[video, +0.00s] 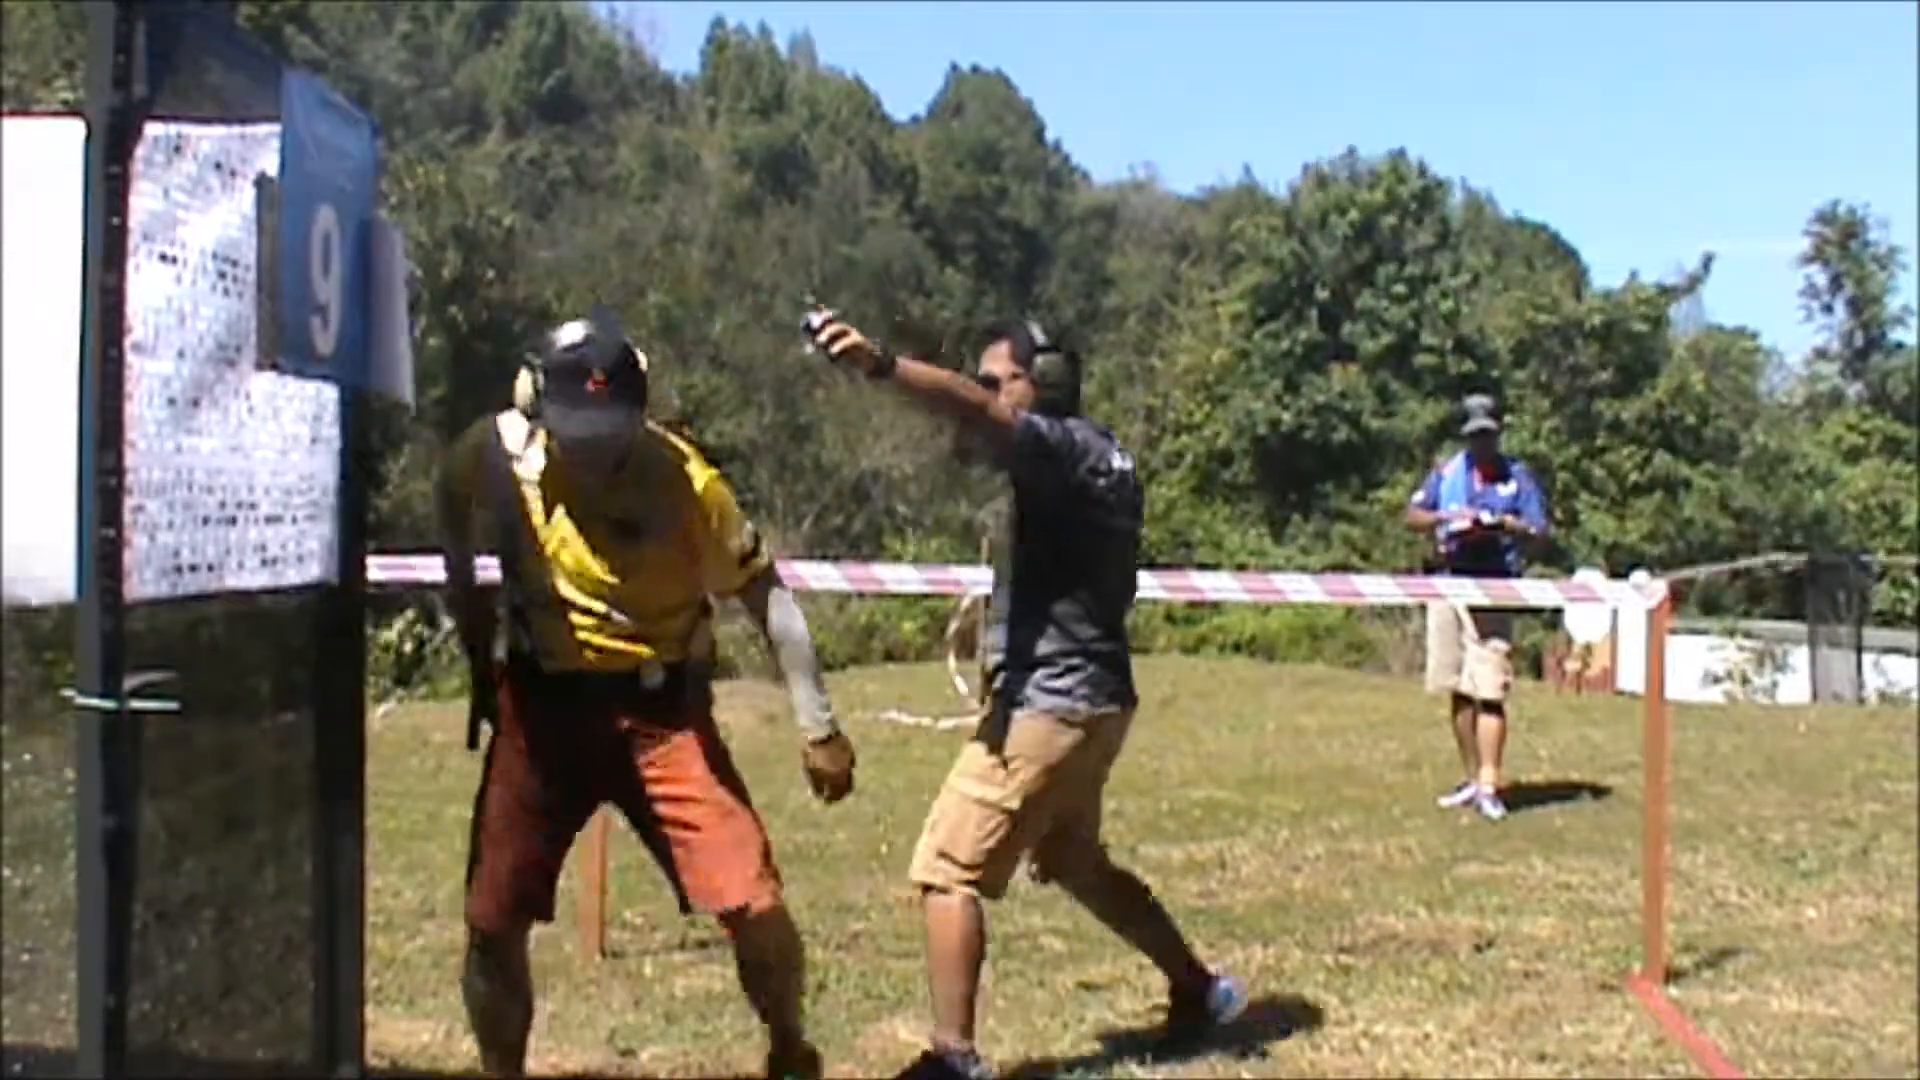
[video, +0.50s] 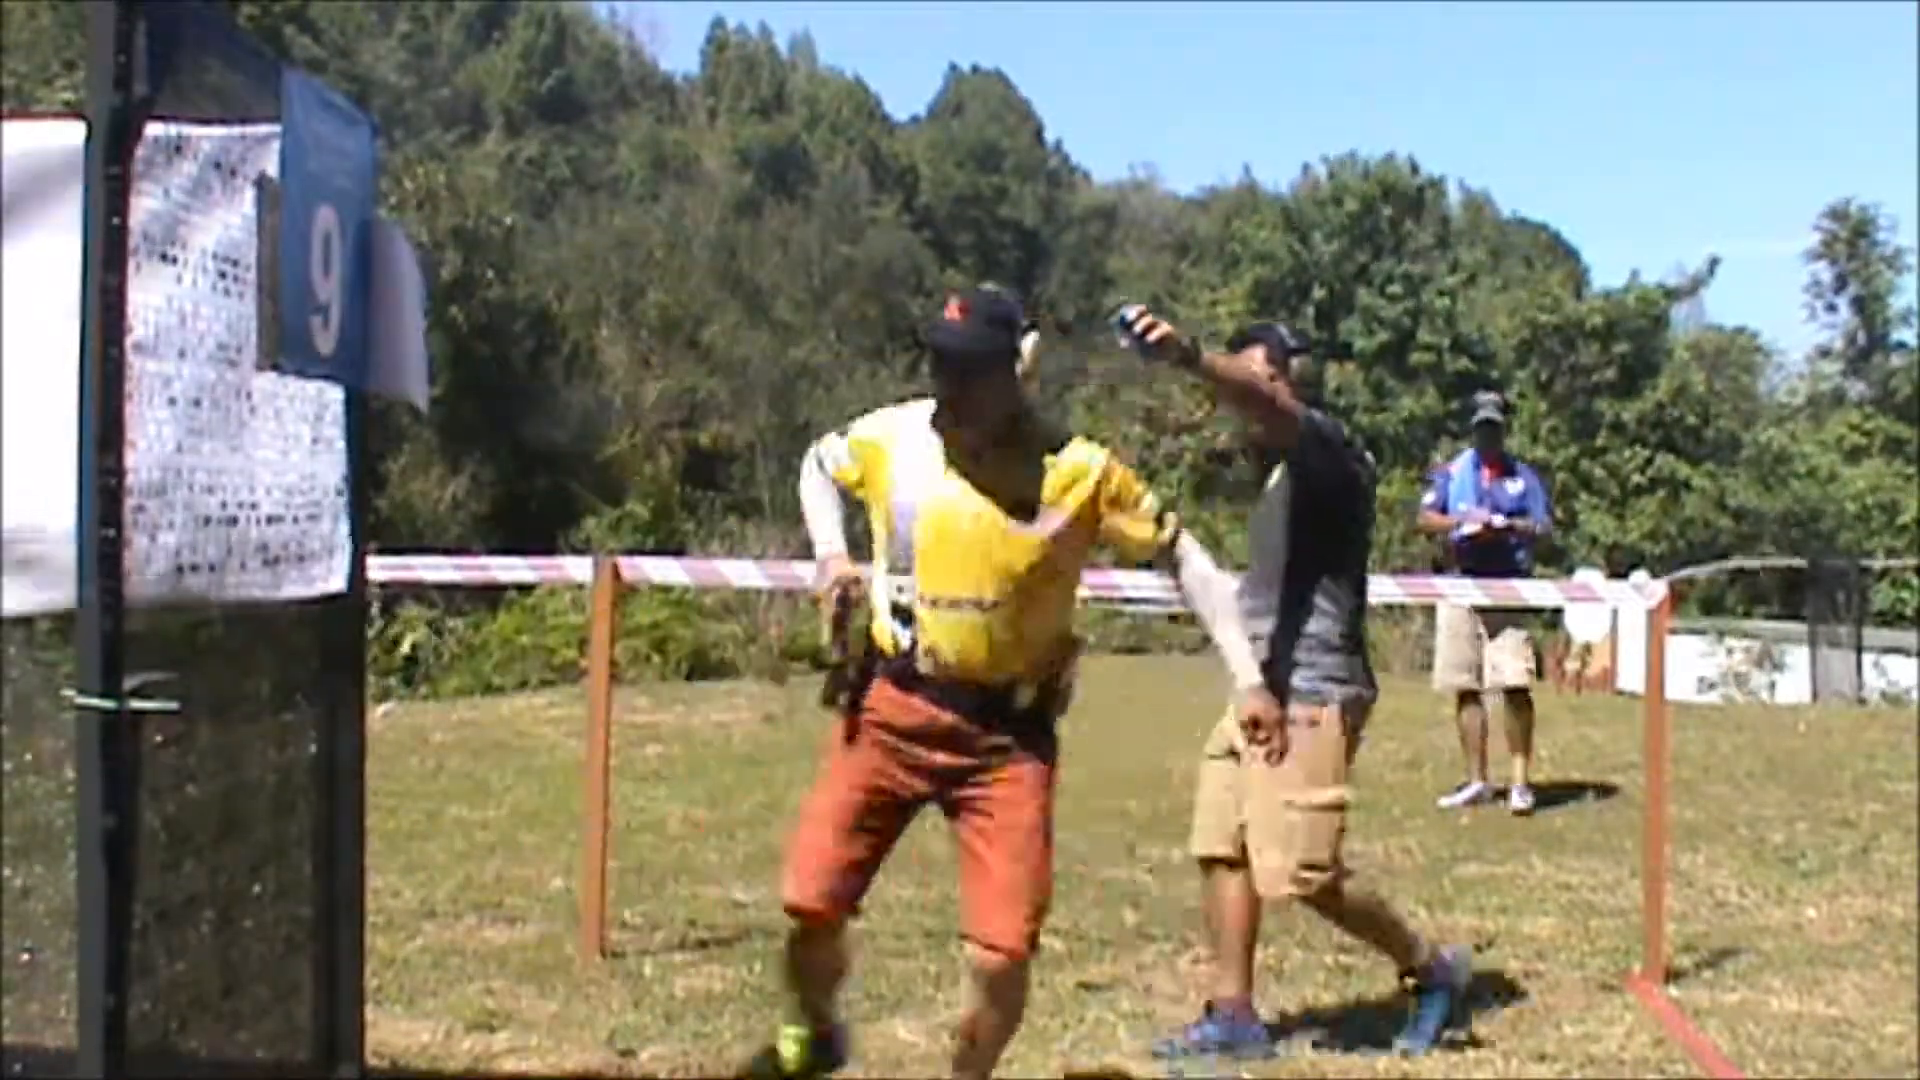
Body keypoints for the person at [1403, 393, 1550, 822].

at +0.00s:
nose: (1482, 443)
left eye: (1488, 435)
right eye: (1475, 436)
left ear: (1500, 435)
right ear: (1464, 437)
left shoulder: (1519, 478)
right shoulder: (1449, 472)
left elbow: (1541, 533)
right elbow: (1413, 514)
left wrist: (1508, 525)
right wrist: (1449, 519)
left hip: (1494, 589)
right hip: (1449, 588)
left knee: (1490, 690)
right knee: (1459, 689)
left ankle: (1489, 783)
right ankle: (1471, 776)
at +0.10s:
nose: (1482, 443)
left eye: (1489, 435)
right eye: (1475, 436)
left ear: (1499, 435)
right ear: (1464, 436)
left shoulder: (1518, 477)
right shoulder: (1448, 472)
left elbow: (1542, 532)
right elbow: (1414, 514)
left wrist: (1507, 525)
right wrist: (1452, 520)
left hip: (1495, 588)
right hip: (1449, 587)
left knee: (1491, 690)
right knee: (1459, 689)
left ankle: (1489, 783)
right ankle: (1471, 777)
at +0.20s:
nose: (1483, 442)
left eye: (1490, 434)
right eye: (1476, 435)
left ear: (1500, 435)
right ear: (1465, 436)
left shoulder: (1518, 478)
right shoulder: (1448, 472)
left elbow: (1542, 532)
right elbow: (1416, 515)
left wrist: (1507, 525)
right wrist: (1452, 522)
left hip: (1495, 588)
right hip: (1450, 587)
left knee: (1491, 690)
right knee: (1459, 690)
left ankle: (1490, 783)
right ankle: (1471, 776)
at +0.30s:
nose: (1484, 441)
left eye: (1490, 433)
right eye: (1477, 434)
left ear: (1501, 434)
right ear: (1466, 434)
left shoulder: (1518, 478)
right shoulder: (1448, 473)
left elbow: (1541, 529)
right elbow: (1418, 515)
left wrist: (1504, 524)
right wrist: (1454, 523)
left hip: (1498, 587)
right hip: (1453, 587)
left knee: (1495, 689)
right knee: (1460, 689)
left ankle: (1494, 783)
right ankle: (1473, 778)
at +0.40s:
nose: (1485, 439)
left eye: (1491, 431)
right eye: (1478, 432)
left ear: (1502, 432)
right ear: (1467, 432)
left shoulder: (1519, 477)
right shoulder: (1448, 473)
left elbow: (1541, 529)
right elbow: (1419, 516)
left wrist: (1505, 525)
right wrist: (1457, 524)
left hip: (1501, 587)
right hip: (1455, 587)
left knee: (1501, 688)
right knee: (1462, 688)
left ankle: (1499, 782)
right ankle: (1474, 778)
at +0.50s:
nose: (1488, 437)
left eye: (1495, 428)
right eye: (1481, 429)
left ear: (1506, 431)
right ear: (1471, 431)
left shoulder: (1524, 477)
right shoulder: (1452, 473)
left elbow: (1543, 527)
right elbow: (1426, 517)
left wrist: (1506, 525)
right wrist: (1463, 525)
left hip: (1508, 587)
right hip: (1461, 587)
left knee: (1515, 684)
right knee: (1466, 688)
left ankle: (1520, 778)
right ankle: (1477, 778)